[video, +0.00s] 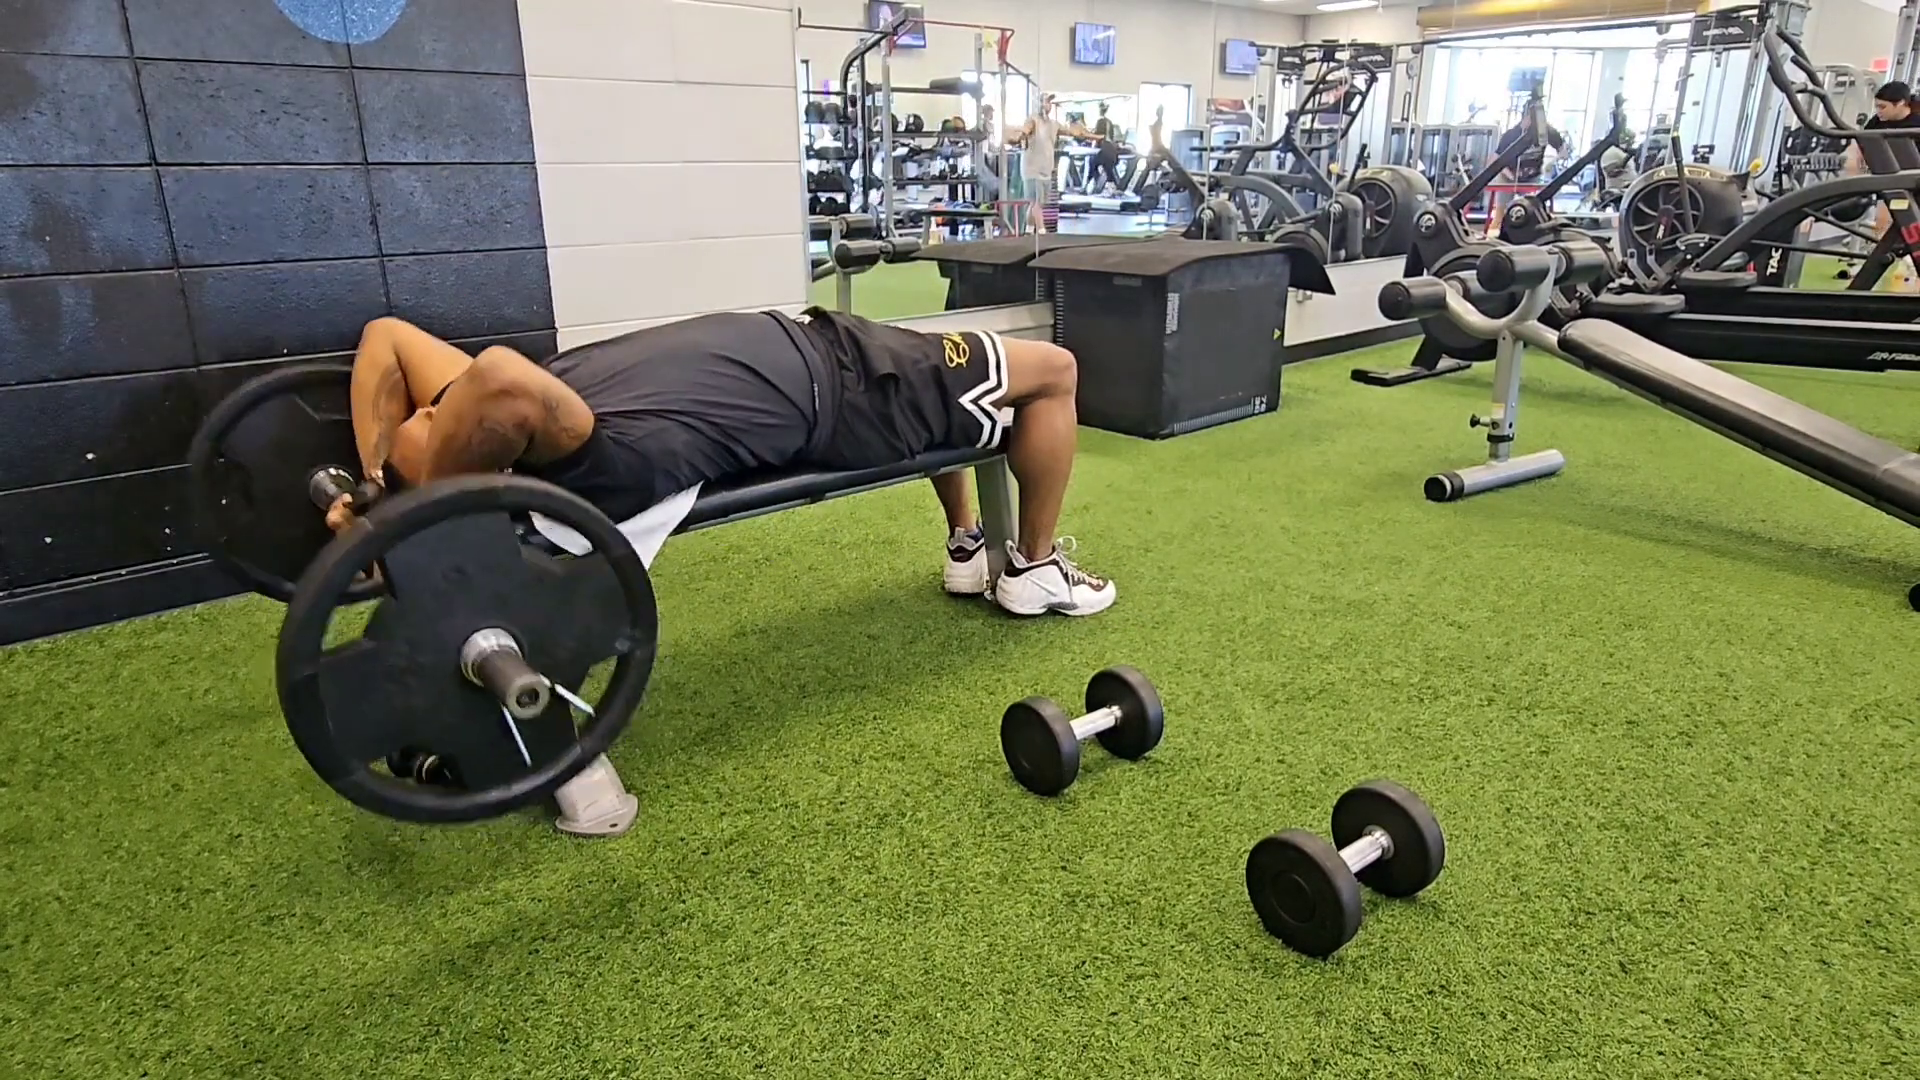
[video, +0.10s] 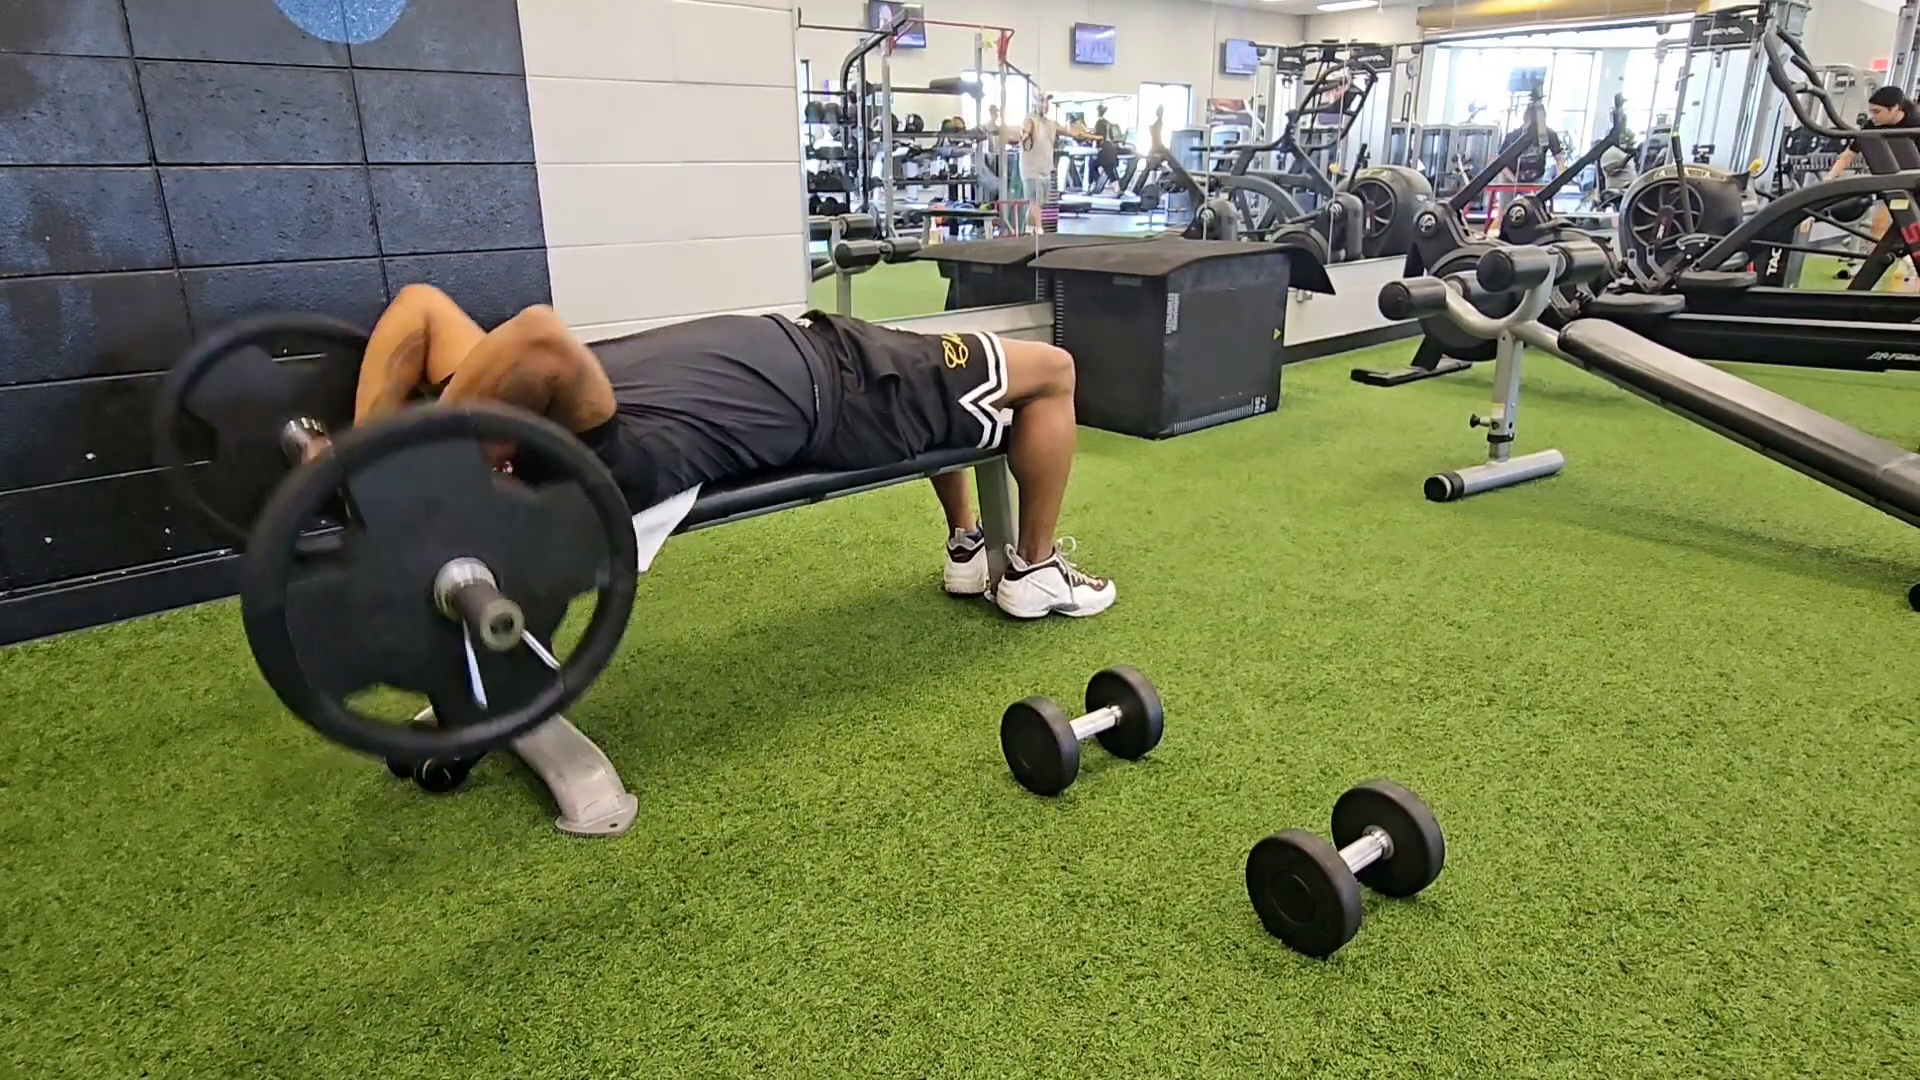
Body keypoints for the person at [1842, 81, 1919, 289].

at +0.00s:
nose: (1877, 112)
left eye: (1882, 107)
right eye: (1877, 107)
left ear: (1901, 104)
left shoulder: (1916, 124)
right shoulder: (1876, 123)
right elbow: (1856, 148)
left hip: (1914, 187)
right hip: (1888, 185)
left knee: (1911, 229)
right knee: (1883, 228)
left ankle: (1908, 270)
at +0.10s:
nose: (1872, 117)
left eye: (1876, 111)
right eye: (1871, 112)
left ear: (1896, 109)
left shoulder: (1914, 128)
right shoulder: (1871, 129)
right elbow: (1848, 156)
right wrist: (1831, 178)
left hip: (1914, 190)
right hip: (1888, 191)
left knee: (1911, 236)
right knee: (1878, 230)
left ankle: (1909, 272)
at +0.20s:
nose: (1867, 124)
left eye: (1871, 118)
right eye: (1865, 119)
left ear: (1890, 116)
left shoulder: (1912, 131)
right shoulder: (1868, 132)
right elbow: (1846, 158)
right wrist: (1826, 183)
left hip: (1913, 189)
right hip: (1886, 188)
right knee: (1878, 225)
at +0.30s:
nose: (1864, 129)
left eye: (1869, 125)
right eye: (1862, 125)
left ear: (1888, 122)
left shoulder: (1907, 139)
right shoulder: (1864, 137)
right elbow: (1840, 168)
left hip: (1912, 191)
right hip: (1885, 190)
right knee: (1877, 228)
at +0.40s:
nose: (1865, 131)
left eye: (1869, 127)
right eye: (1863, 127)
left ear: (1887, 124)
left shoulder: (1908, 136)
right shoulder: (1865, 138)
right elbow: (1841, 167)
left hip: (1913, 191)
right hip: (1885, 191)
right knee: (1876, 231)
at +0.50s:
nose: (1865, 132)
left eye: (1870, 127)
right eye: (1862, 127)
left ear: (1890, 123)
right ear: (1859, 124)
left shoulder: (1909, 139)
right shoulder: (1865, 140)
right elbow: (1836, 174)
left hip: (1914, 196)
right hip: (1885, 194)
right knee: (1875, 235)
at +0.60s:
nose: (1869, 125)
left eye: (1875, 120)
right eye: (1868, 120)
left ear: (1896, 118)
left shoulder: (1913, 133)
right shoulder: (1870, 137)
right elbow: (1846, 166)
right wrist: (1827, 190)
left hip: (1912, 194)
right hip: (1885, 194)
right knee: (1875, 235)